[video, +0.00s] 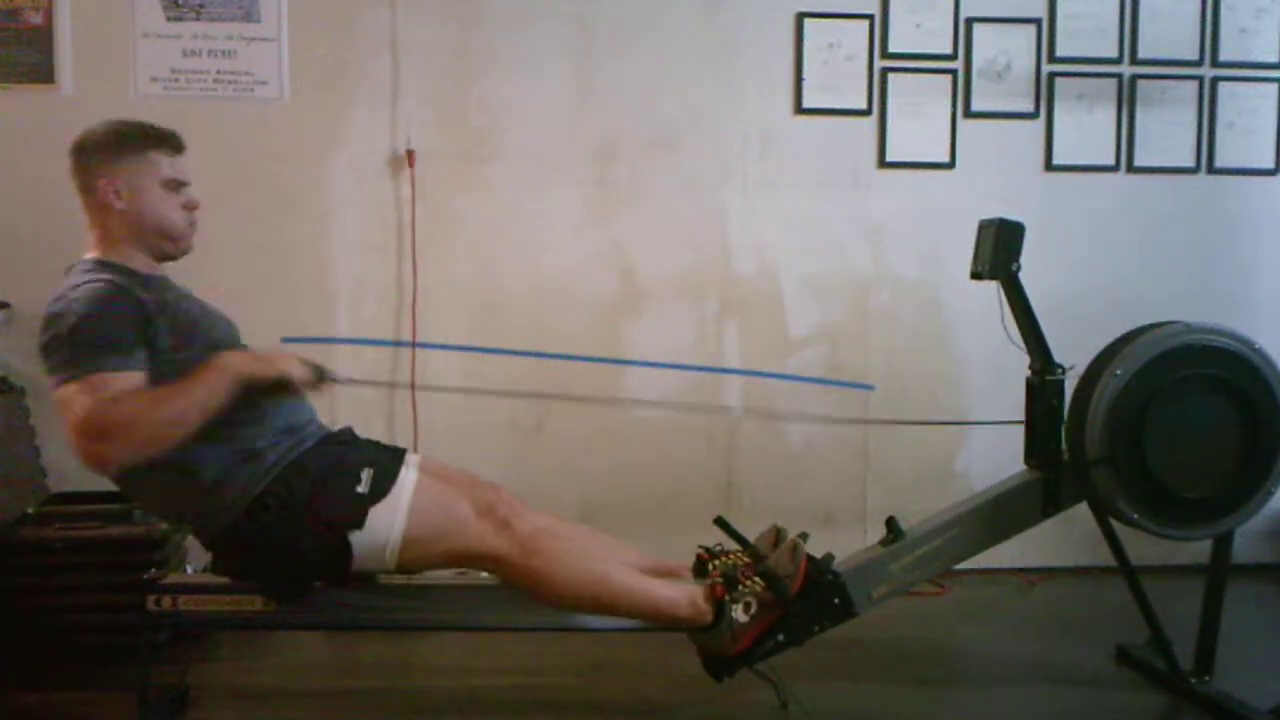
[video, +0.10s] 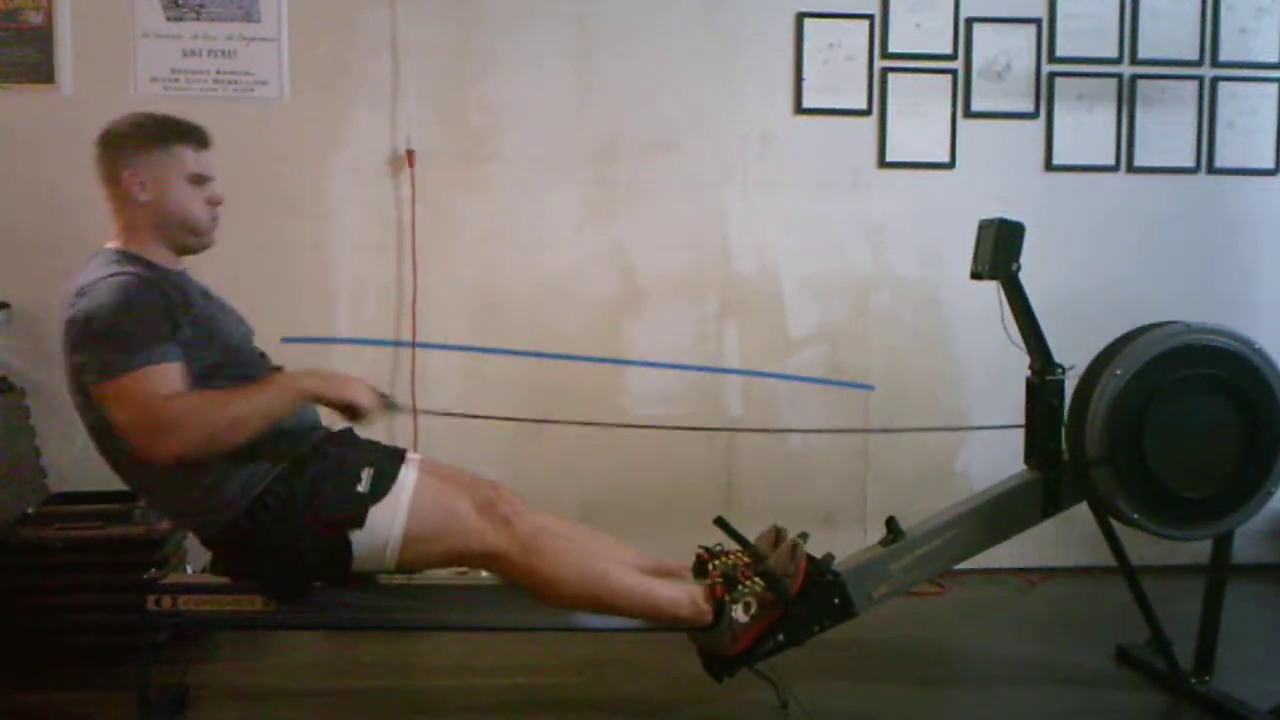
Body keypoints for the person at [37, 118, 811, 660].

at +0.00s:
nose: (191, 206)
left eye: (188, 190)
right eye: (171, 189)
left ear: (139, 202)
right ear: (109, 201)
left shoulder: (151, 294)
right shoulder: (96, 298)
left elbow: (158, 414)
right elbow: (101, 435)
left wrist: (265, 380)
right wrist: (238, 366)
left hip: (306, 472)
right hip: (278, 502)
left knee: (500, 508)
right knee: (493, 529)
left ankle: (705, 593)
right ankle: (708, 611)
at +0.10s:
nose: (215, 201)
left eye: (212, 184)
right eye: (197, 183)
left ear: (156, 192)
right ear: (133, 190)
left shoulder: (165, 289)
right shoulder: (117, 296)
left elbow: (208, 406)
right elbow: (164, 432)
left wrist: (314, 392)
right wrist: (306, 385)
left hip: (292, 477)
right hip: (271, 504)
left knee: (496, 503)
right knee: (492, 523)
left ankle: (703, 594)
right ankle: (709, 610)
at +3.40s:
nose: (492, 189)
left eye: (487, 172)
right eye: (475, 170)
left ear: (423, 178)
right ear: (423, 175)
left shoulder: (378, 257)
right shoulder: (404, 264)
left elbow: (544, 346)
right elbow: (552, 348)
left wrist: (673, 394)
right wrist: (683, 395)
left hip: (378, 507)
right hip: (394, 523)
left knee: (577, 405)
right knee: (593, 423)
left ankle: (699, 582)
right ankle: (711, 608)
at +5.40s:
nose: (267, 178)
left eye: (265, 161)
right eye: (249, 161)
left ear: (207, 168)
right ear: (186, 165)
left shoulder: (226, 272)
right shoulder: (165, 278)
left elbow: (293, 380)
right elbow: (251, 405)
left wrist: (403, 392)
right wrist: (406, 395)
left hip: (306, 472)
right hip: (272, 512)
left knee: (502, 483)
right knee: (499, 506)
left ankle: (700, 584)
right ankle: (705, 614)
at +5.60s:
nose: (348, 174)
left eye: (346, 157)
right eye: (332, 156)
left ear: (280, 163)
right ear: (275, 159)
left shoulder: (296, 261)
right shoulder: (249, 264)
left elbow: (398, 356)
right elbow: (388, 364)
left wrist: (515, 402)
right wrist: (525, 403)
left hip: (325, 480)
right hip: (294, 504)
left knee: (531, 462)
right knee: (528, 472)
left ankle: (704, 597)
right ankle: (708, 615)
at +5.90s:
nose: (495, 184)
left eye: (491, 166)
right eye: (479, 164)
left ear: (427, 172)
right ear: (428, 169)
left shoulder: (378, 256)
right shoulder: (405, 264)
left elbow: (543, 351)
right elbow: (553, 352)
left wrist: (672, 397)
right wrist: (684, 399)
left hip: (377, 506)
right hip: (397, 519)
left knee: (572, 403)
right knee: (589, 423)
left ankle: (693, 576)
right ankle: (711, 608)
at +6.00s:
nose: (543, 187)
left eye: (539, 170)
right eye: (530, 168)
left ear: (473, 172)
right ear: (477, 170)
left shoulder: (424, 258)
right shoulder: (455, 264)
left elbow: (594, 352)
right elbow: (605, 353)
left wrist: (719, 398)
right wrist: (737, 398)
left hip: (411, 513)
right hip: (433, 520)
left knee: (605, 393)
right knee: (622, 410)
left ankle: (704, 586)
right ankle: (716, 613)